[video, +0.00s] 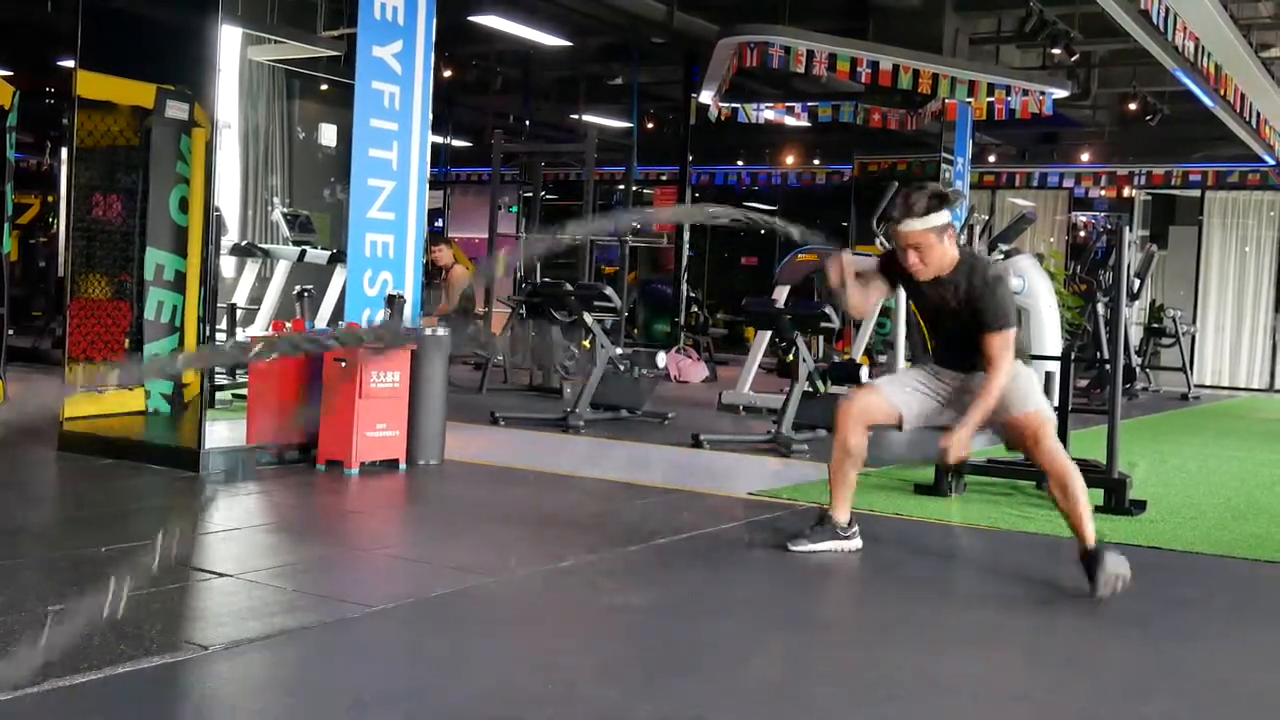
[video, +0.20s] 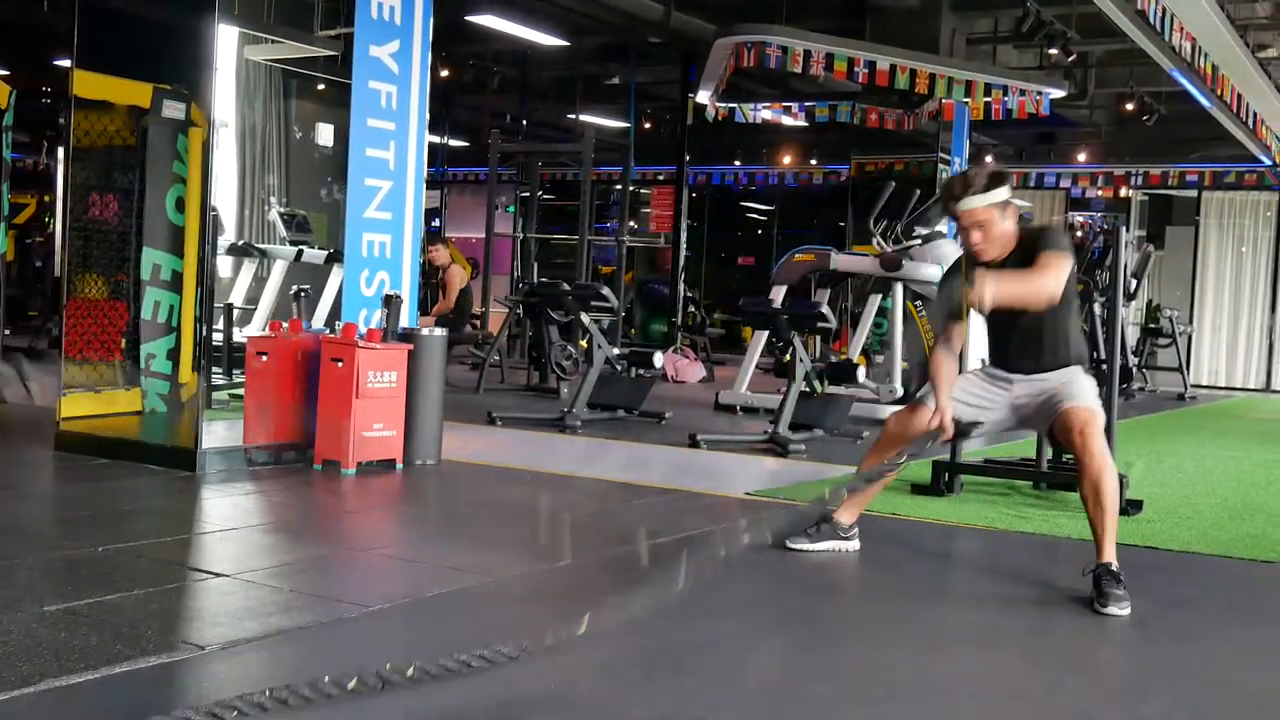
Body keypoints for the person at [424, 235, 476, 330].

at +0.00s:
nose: (436, 255)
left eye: (440, 251)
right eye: (433, 252)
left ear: (451, 250)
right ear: (430, 255)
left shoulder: (457, 272)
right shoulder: (445, 273)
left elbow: (452, 306)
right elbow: (444, 303)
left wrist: (435, 317)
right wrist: (435, 317)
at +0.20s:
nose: (433, 255)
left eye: (437, 250)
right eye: (430, 252)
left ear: (447, 251)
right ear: (427, 255)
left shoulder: (454, 270)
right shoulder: (442, 273)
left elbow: (449, 304)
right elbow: (442, 301)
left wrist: (432, 316)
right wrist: (431, 318)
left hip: (456, 323)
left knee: (414, 321)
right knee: (414, 320)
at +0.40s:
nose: (428, 254)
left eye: (432, 250)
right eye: (425, 251)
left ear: (441, 250)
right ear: (423, 254)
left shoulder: (450, 271)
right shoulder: (437, 271)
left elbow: (445, 303)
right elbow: (437, 300)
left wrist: (427, 317)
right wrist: (426, 317)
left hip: (452, 321)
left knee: (410, 321)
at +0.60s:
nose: (423, 254)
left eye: (428, 250)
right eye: (421, 251)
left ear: (439, 250)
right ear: (418, 254)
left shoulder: (445, 271)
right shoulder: (434, 272)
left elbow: (441, 303)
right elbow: (435, 300)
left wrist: (423, 316)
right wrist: (423, 317)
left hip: (448, 321)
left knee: (407, 321)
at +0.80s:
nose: (419, 255)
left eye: (423, 250)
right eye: (416, 251)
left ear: (433, 250)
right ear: (413, 255)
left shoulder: (440, 271)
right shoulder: (429, 273)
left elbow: (436, 304)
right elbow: (429, 301)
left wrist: (418, 317)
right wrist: (418, 318)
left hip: (443, 322)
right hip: (436, 318)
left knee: (402, 321)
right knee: (401, 320)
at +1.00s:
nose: (414, 255)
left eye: (418, 250)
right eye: (411, 251)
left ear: (429, 250)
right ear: (408, 255)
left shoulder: (436, 271)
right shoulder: (425, 273)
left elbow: (430, 304)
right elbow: (424, 301)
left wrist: (414, 316)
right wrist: (413, 319)